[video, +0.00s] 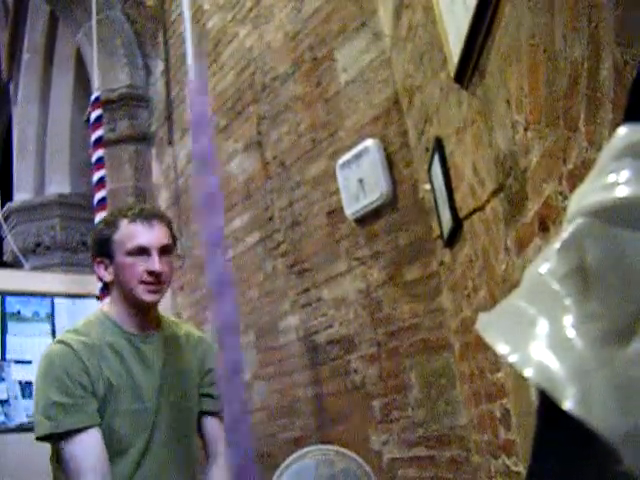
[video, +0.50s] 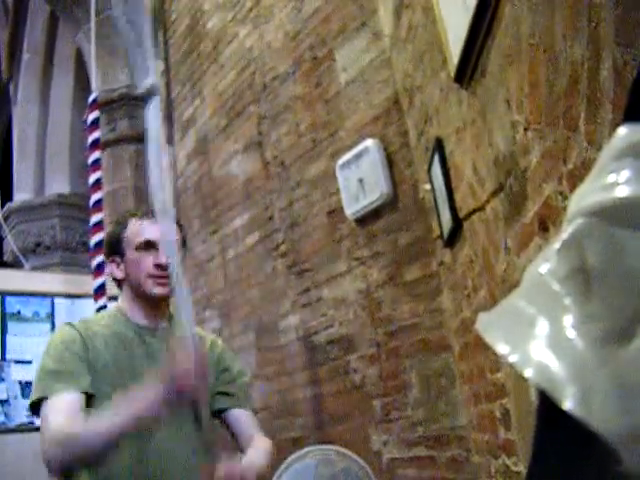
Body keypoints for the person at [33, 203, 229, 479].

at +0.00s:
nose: (157, 268)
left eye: (165, 253)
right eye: (139, 254)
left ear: (174, 261)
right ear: (104, 268)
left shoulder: (198, 349)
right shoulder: (69, 358)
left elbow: (222, 456)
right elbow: (92, 475)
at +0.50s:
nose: (164, 260)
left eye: (171, 249)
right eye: (147, 248)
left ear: (182, 260)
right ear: (117, 267)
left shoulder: (206, 349)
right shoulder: (76, 341)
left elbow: (257, 444)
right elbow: (57, 448)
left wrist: (245, 468)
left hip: (191, 472)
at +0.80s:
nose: (172, 257)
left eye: (182, 245)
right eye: (160, 243)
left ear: (192, 254)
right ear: (137, 250)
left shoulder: (210, 339)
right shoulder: (89, 327)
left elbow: (271, 408)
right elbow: (114, 297)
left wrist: (222, 306)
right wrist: (156, 192)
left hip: (205, 472)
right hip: (109, 472)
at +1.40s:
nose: (185, 259)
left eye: (197, 246)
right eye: (171, 246)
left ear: (209, 258)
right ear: (150, 255)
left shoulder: (236, 343)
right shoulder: (106, 334)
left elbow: (275, 428)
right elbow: (113, 312)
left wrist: (226, 333)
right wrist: (160, 215)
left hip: (216, 473)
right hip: (125, 472)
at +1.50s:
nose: (188, 262)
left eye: (199, 250)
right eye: (175, 253)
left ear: (210, 262)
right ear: (143, 265)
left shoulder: (237, 348)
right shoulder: (105, 330)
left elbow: (279, 453)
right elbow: (97, 367)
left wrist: (241, 386)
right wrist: (166, 260)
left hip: (214, 471)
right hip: (125, 471)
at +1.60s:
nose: (189, 264)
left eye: (200, 251)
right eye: (174, 251)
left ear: (210, 264)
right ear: (145, 267)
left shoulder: (239, 351)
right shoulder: (101, 338)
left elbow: (278, 458)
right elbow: (84, 423)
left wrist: (247, 437)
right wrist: (169, 340)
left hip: (218, 474)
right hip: (127, 473)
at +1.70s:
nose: (191, 265)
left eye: (201, 253)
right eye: (175, 254)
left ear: (211, 267)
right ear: (146, 271)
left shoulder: (237, 352)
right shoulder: (100, 351)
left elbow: (268, 449)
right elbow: (82, 465)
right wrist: (173, 441)